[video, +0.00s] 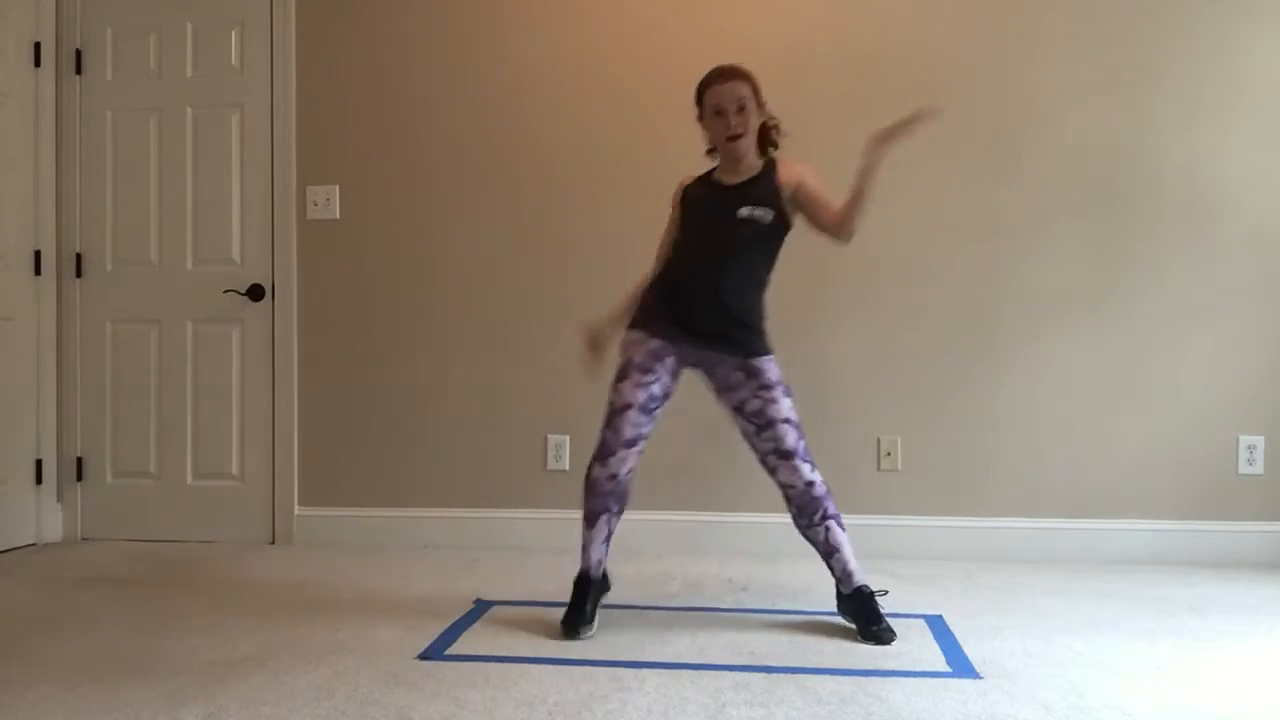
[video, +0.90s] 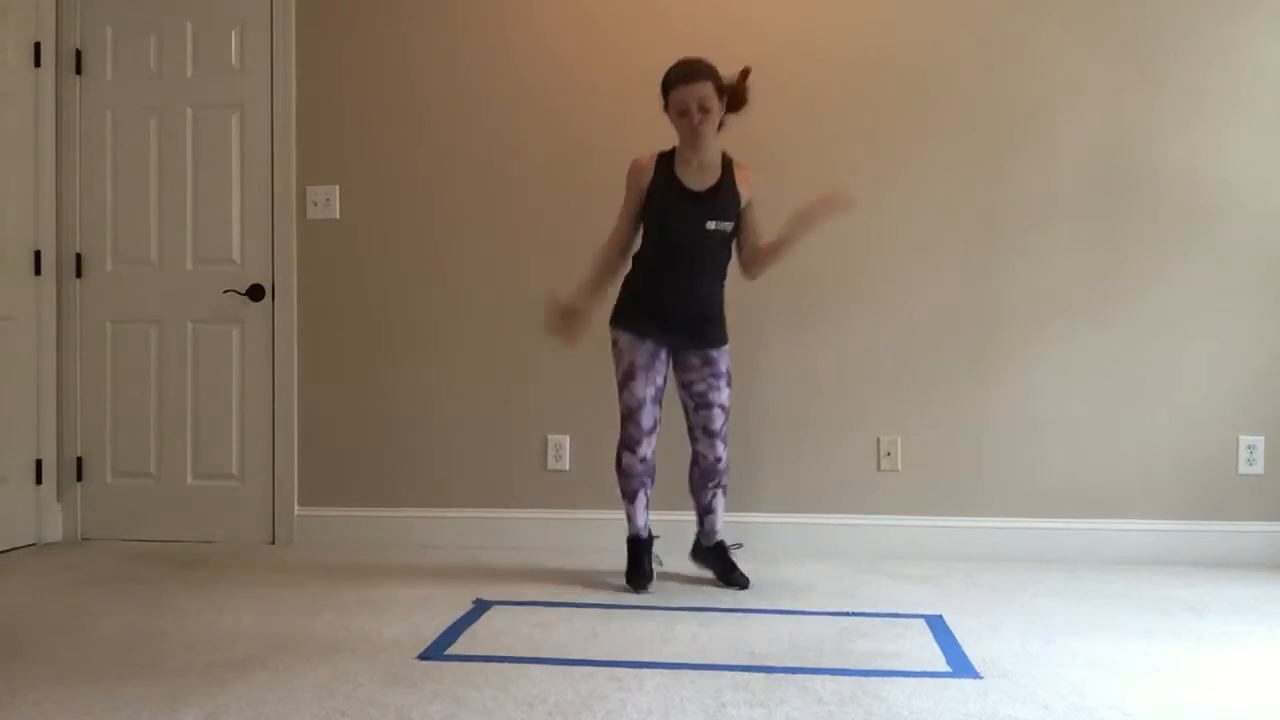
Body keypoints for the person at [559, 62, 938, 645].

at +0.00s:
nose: (731, 121)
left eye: (741, 108)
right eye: (718, 113)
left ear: (761, 113)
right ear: (703, 124)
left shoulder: (784, 180)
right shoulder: (689, 193)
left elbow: (842, 227)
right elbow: (663, 269)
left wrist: (873, 155)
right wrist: (612, 324)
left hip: (736, 341)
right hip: (659, 330)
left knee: (793, 467)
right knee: (612, 457)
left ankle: (853, 589)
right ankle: (590, 579)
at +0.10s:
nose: (707, 141)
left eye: (717, 130)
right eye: (695, 132)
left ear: (734, 136)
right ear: (676, 142)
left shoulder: (756, 207)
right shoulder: (657, 215)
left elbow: (810, 260)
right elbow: (639, 282)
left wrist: (822, 189)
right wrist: (624, 341)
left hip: (709, 361)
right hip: (632, 352)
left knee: (778, 472)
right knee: (593, 475)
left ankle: (847, 590)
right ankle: (590, 593)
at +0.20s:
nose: (683, 126)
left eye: (692, 115)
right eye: (670, 115)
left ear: (704, 122)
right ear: (646, 122)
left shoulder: (724, 195)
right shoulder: (621, 192)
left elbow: (778, 261)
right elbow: (578, 275)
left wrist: (831, 213)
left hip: (700, 353)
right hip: (622, 352)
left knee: (771, 456)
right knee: (595, 472)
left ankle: (828, 582)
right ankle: (590, 596)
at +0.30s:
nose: (671, 113)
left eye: (680, 101)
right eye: (658, 101)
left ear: (691, 106)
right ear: (632, 109)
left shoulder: (710, 177)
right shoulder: (608, 179)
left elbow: (764, 243)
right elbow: (551, 243)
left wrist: (833, 268)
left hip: (708, 332)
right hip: (635, 339)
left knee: (776, 417)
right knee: (610, 460)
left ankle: (773, 553)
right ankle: (592, 592)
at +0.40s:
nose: (666, 117)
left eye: (676, 106)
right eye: (653, 106)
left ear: (687, 111)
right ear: (627, 112)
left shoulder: (706, 178)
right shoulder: (604, 184)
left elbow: (754, 247)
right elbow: (544, 244)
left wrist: (801, 299)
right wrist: (491, 194)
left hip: (714, 330)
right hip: (643, 340)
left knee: (775, 427)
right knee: (616, 467)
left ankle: (749, 529)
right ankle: (592, 593)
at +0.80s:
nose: (699, 116)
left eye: (709, 104)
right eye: (688, 107)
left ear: (724, 109)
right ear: (672, 113)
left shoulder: (743, 178)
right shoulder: (649, 170)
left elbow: (768, 260)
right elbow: (595, 233)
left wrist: (836, 275)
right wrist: (525, 241)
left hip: (713, 324)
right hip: (649, 316)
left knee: (722, 437)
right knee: (631, 425)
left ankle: (726, 542)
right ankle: (635, 532)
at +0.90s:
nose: (694, 118)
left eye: (703, 107)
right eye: (683, 110)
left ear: (721, 109)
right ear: (668, 115)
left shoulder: (737, 180)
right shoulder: (647, 171)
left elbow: (753, 263)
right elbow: (619, 244)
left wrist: (800, 223)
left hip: (704, 326)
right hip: (641, 320)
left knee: (713, 438)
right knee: (639, 434)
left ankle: (710, 541)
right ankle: (638, 540)